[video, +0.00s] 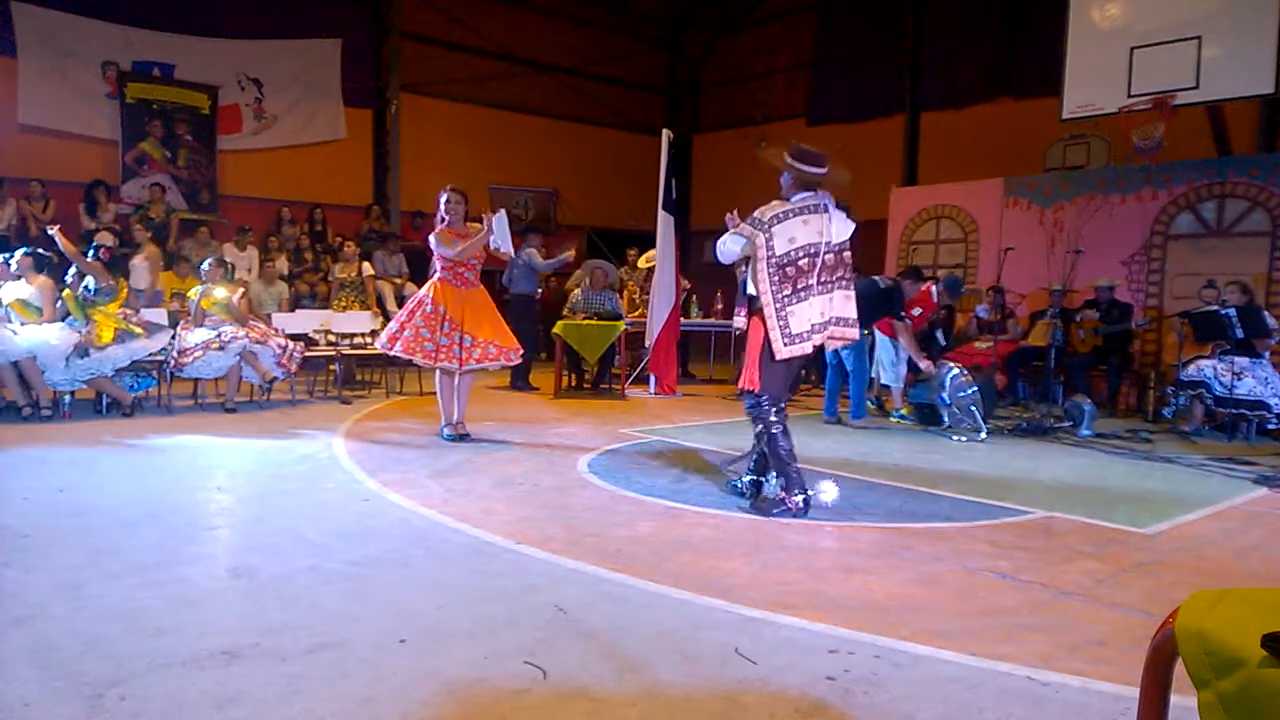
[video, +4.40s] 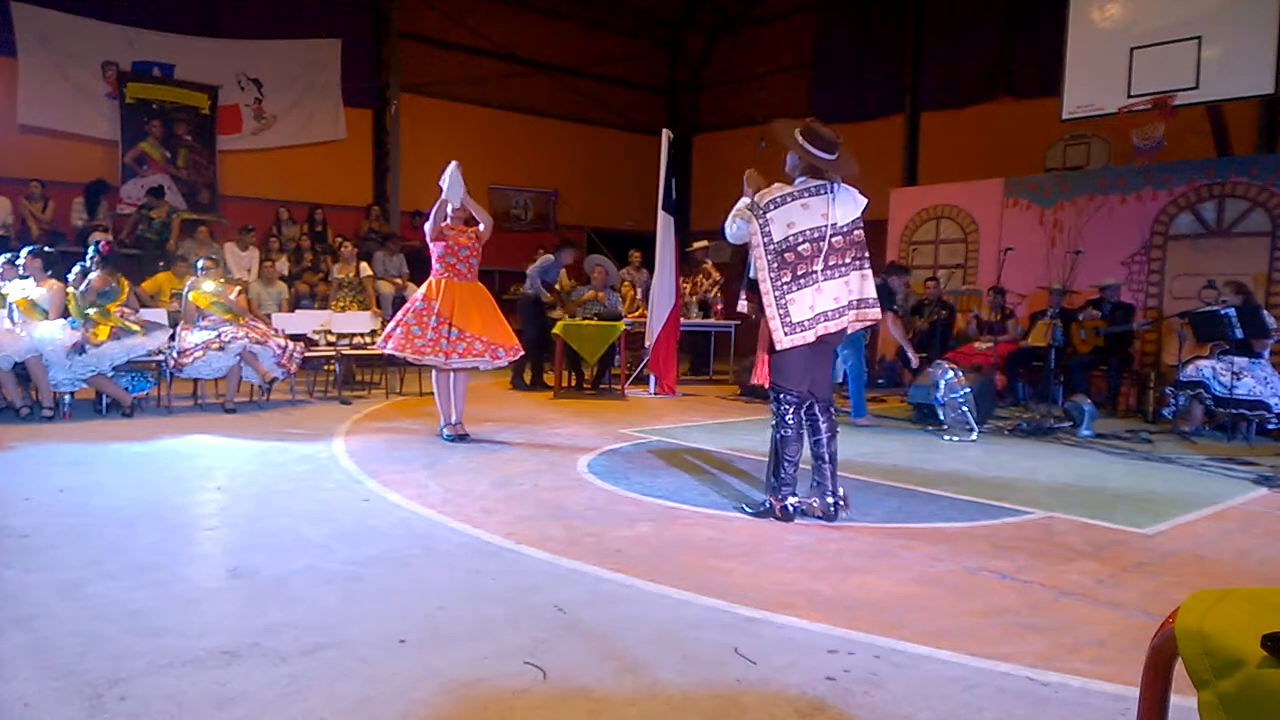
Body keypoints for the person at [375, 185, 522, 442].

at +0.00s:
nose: (452, 207)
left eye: (457, 203)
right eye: (447, 203)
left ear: (465, 207)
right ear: (441, 208)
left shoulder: (477, 231)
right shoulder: (438, 236)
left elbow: (505, 255)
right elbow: (457, 254)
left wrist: (498, 230)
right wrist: (486, 234)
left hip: (472, 301)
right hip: (445, 301)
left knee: (467, 365)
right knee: (446, 365)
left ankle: (460, 421)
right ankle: (446, 422)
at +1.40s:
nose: (458, 210)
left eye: (462, 206)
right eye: (455, 205)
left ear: (469, 209)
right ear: (448, 207)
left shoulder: (478, 233)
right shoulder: (438, 229)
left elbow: (492, 243)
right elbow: (442, 237)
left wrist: (476, 216)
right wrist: (454, 219)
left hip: (469, 298)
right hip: (442, 296)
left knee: (461, 364)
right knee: (442, 364)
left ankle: (458, 420)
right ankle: (446, 421)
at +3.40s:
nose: (463, 208)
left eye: (468, 203)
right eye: (459, 205)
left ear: (472, 208)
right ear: (452, 208)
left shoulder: (481, 236)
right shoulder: (440, 232)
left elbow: (481, 226)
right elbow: (437, 222)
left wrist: (463, 200)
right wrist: (445, 197)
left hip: (469, 295)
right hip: (443, 294)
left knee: (463, 364)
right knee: (443, 363)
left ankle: (458, 421)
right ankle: (445, 422)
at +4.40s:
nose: (456, 207)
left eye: (461, 204)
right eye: (452, 204)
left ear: (468, 210)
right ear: (444, 208)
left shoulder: (476, 236)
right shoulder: (437, 233)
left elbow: (487, 222)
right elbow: (433, 225)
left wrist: (466, 198)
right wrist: (444, 198)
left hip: (468, 296)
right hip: (441, 295)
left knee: (461, 364)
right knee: (442, 364)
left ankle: (458, 421)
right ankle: (445, 421)